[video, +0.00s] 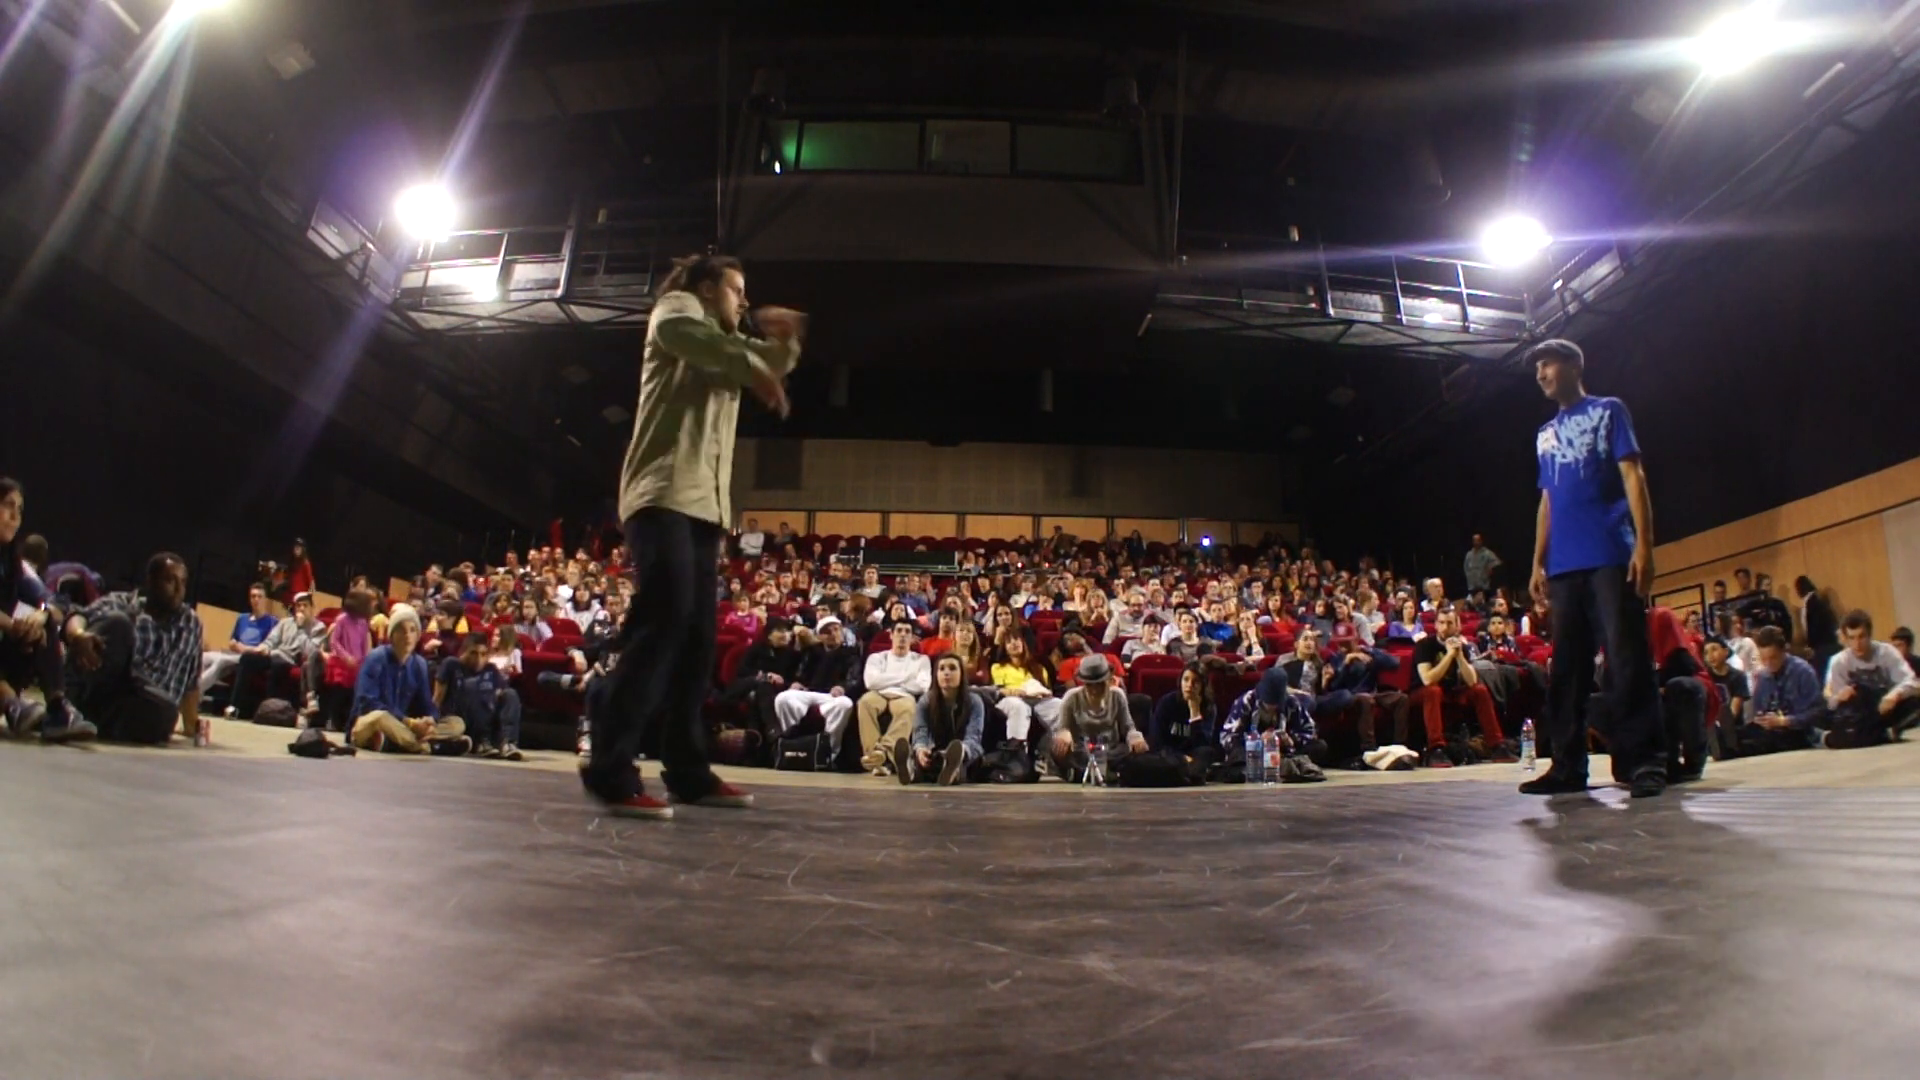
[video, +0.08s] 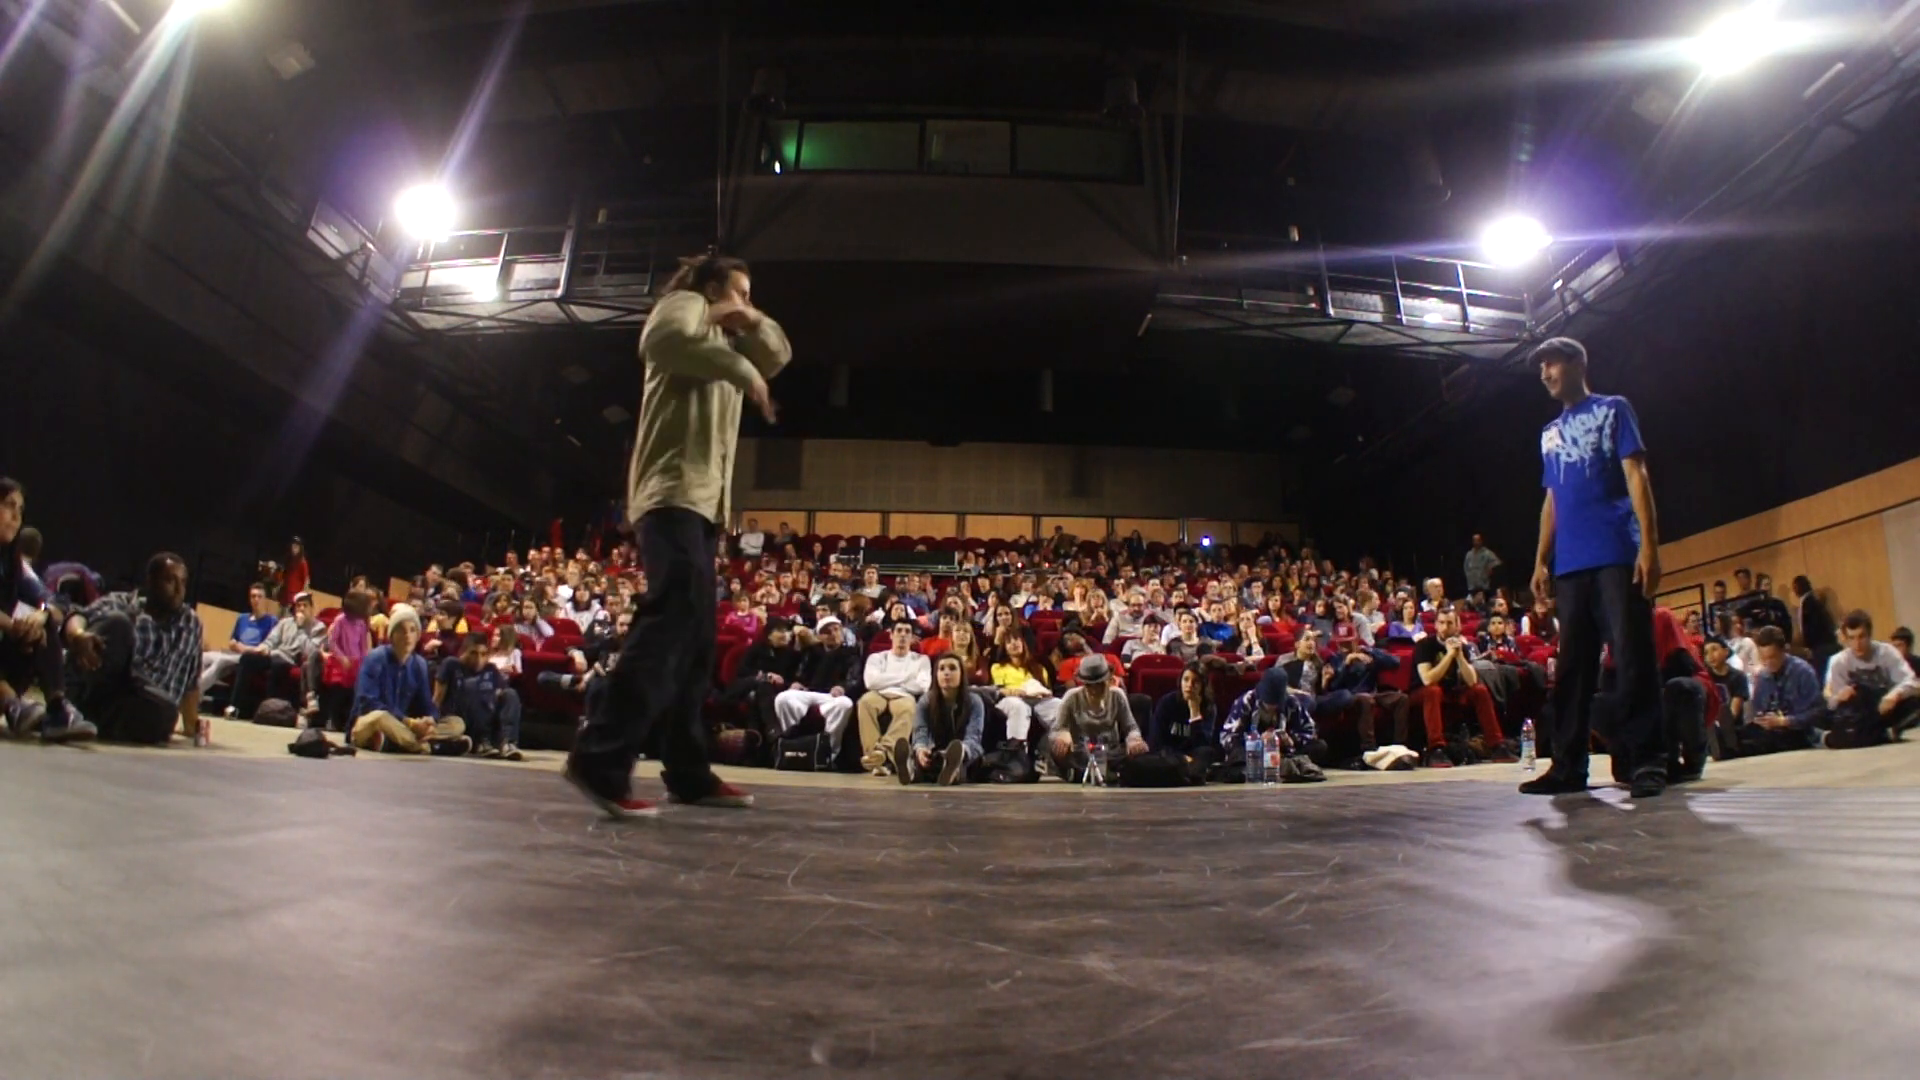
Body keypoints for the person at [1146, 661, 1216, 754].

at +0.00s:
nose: (1189, 685)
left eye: (1195, 681)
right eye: (1186, 680)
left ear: (1203, 685)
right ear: (1180, 682)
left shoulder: (1208, 707)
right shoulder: (1167, 702)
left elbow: (1203, 745)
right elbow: (1157, 743)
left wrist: (1194, 711)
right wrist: (1182, 757)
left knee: (1205, 752)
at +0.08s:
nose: (1189, 685)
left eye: (1195, 681)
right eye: (1186, 680)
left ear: (1203, 685)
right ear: (1180, 682)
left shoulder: (1208, 707)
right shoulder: (1167, 702)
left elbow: (1203, 745)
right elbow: (1156, 744)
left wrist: (1194, 711)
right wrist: (1182, 757)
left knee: (1205, 752)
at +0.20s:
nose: (1189, 685)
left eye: (1195, 681)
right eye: (1186, 680)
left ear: (1203, 685)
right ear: (1180, 682)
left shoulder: (1208, 707)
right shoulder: (1167, 702)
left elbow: (1203, 745)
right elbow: (1157, 744)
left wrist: (1194, 712)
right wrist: (1182, 757)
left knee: (1205, 752)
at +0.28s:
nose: (1189, 685)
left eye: (1195, 681)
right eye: (1186, 680)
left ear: (1203, 685)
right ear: (1180, 682)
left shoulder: (1208, 706)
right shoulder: (1167, 702)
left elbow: (1203, 744)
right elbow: (1156, 744)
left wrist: (1194, 711)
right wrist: (1182, 757)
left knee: (1205, 752)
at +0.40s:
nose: (1189, 685)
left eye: (1195, 681)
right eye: (1186, 680)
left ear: (1203, 685)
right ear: (1180, 682)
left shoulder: (1208, 707)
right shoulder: (1167, 702)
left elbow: (1203, 745)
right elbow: (1156, 744)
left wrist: (1194, 711)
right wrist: (1182, 757)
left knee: (1205, 752)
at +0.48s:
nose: (1189, 685)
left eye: (1195, 681)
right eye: (1186, 680)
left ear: (1202, 685)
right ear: (1180, 682)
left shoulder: (1208, 707)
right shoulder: (1167, 702)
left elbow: (1203, 745)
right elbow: (1156, 744)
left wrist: (1194, 711)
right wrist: (1182, 757)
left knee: (1205, 752)